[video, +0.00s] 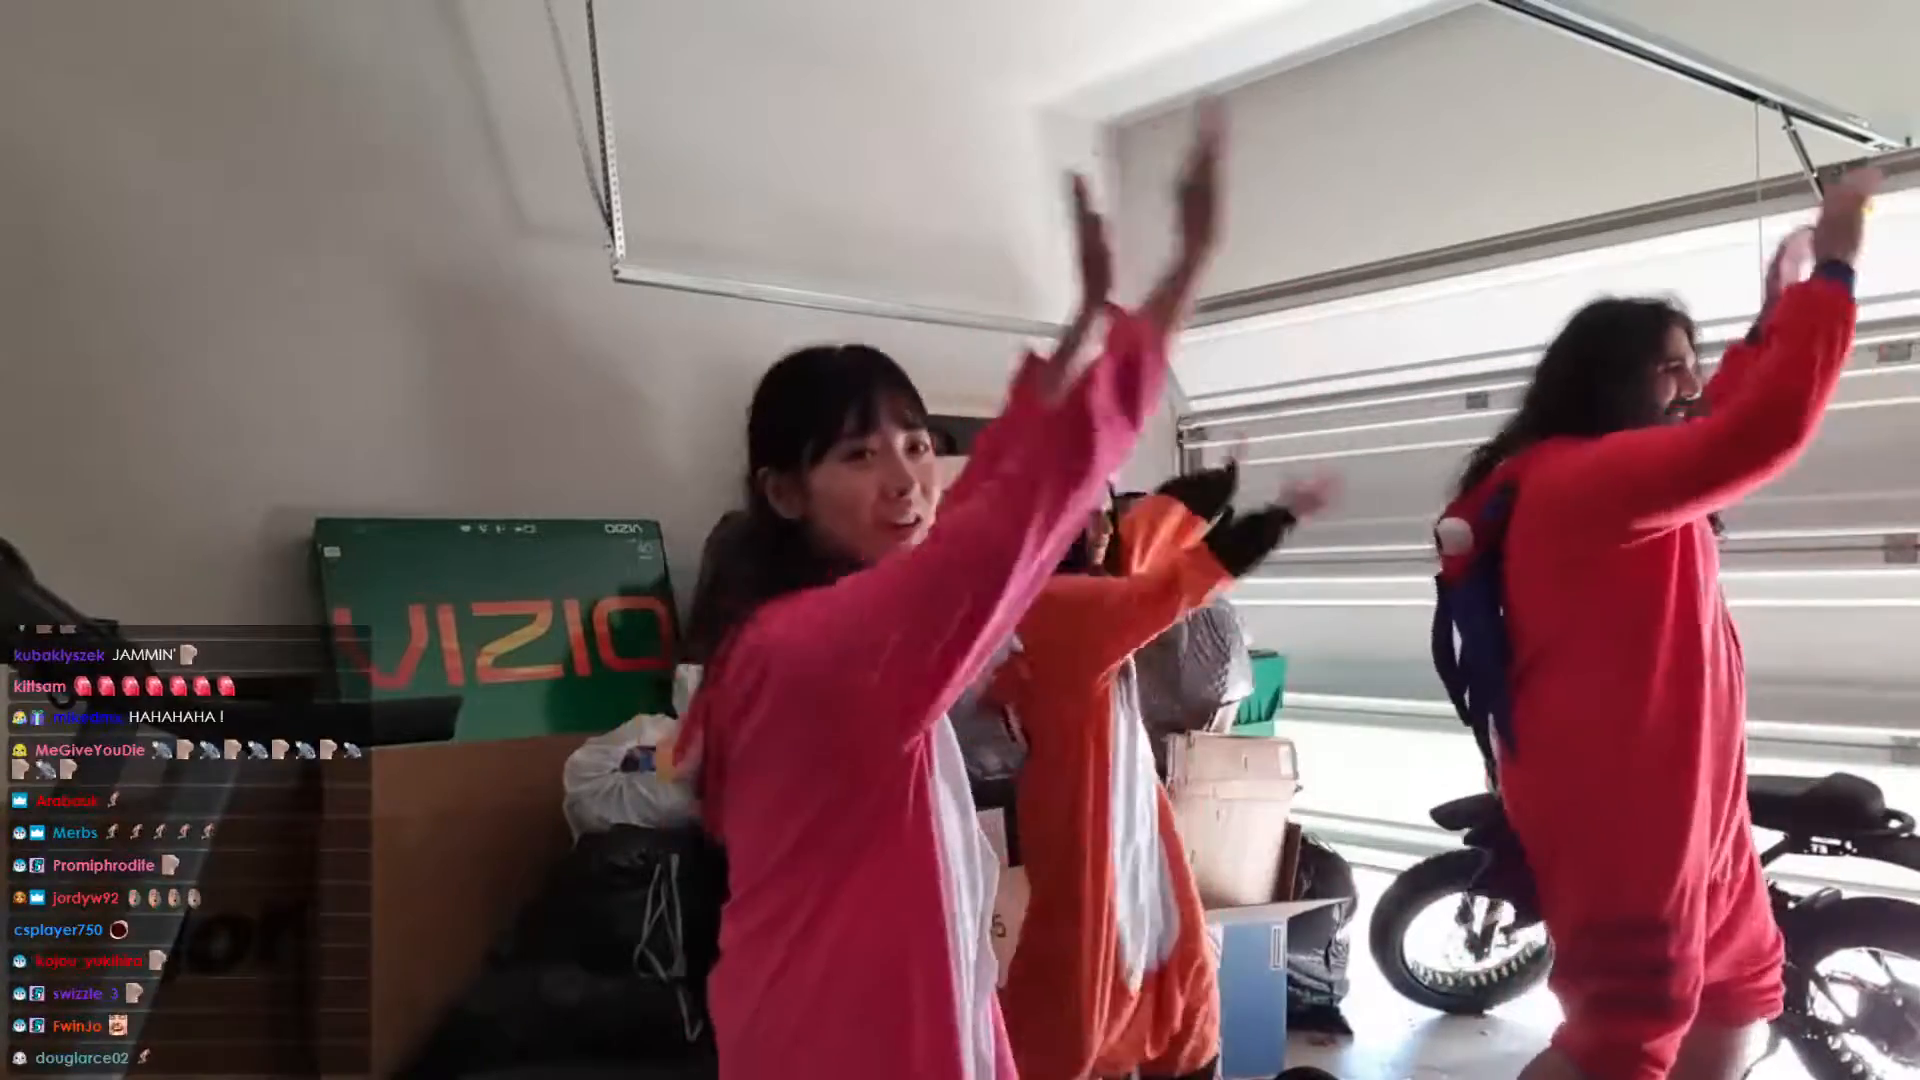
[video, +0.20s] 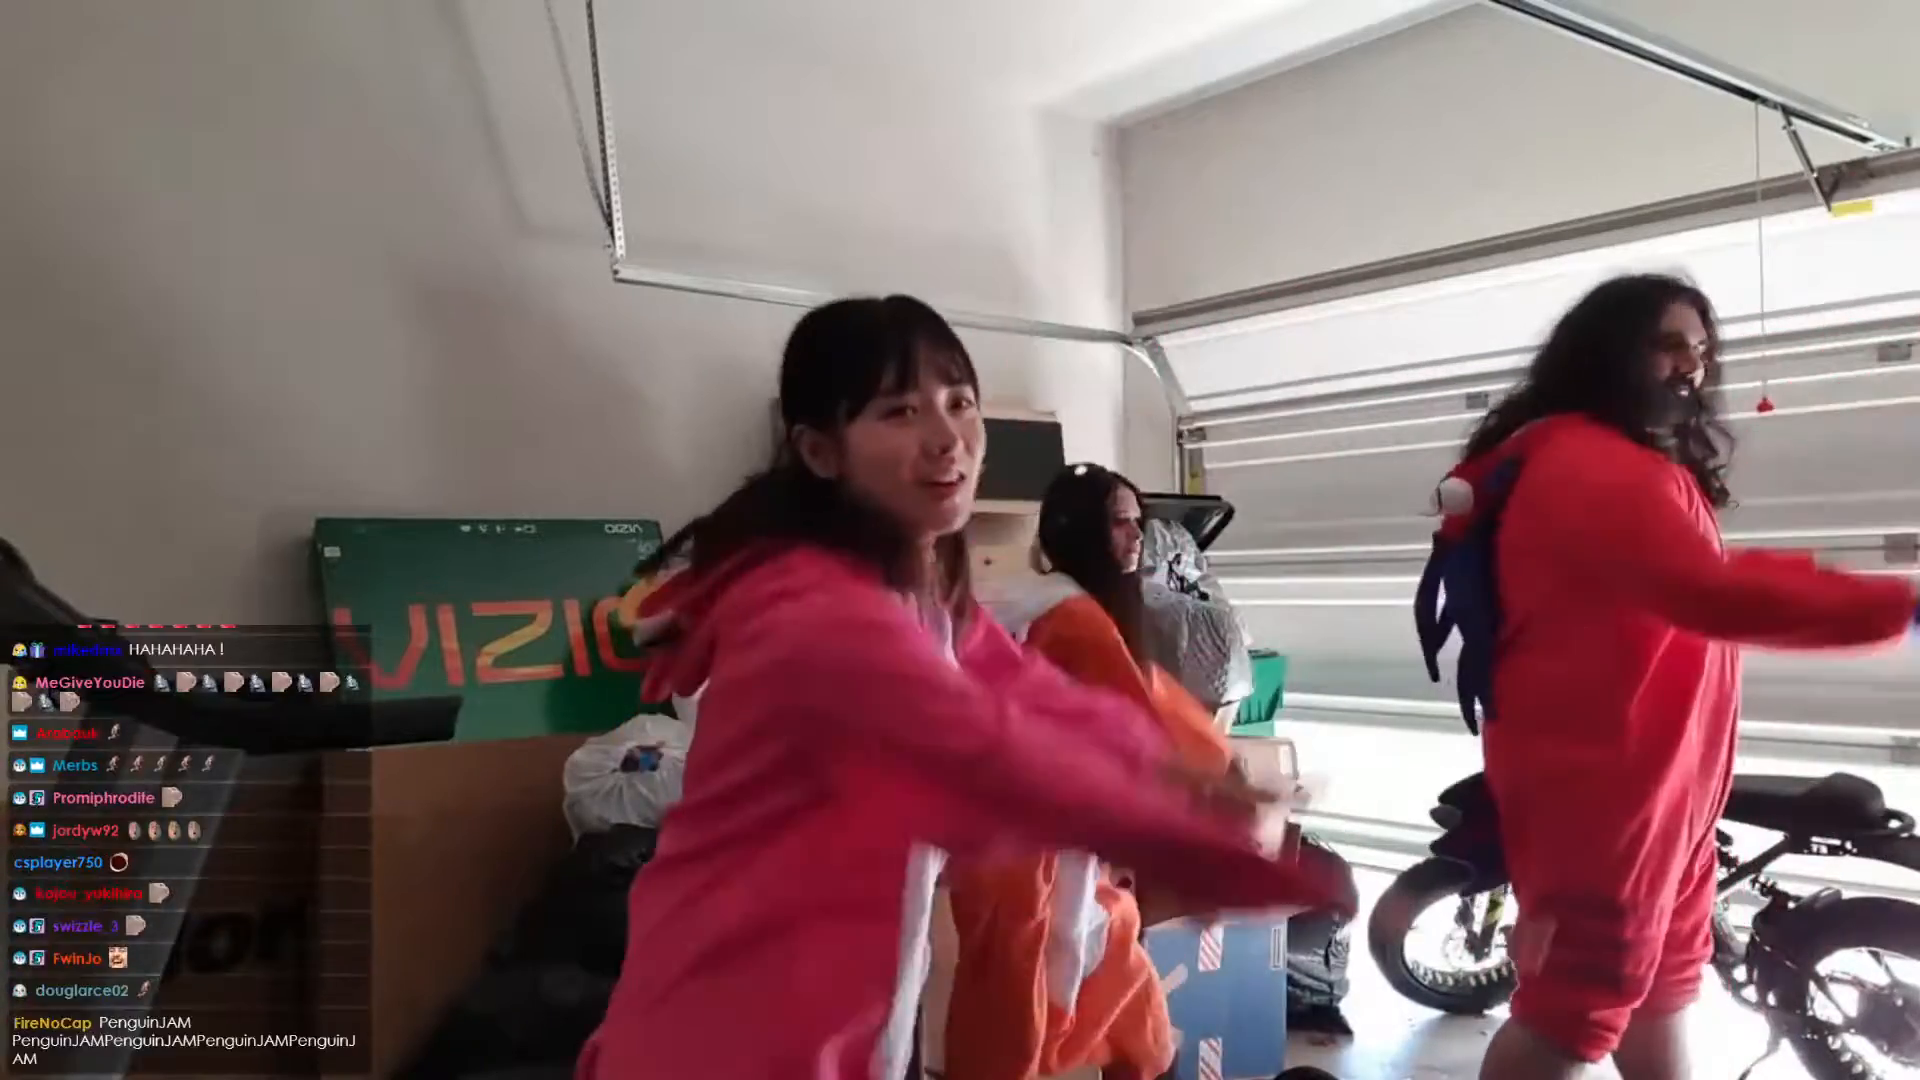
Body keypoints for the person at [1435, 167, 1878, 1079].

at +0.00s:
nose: (1694, 386)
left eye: (1693, 370)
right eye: (1674, 368)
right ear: (1613, 378)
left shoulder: (1637, 472)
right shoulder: (1572, 480)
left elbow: (1719, 429)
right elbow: (1759, 436)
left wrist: (1775, 319)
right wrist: (1837, 265)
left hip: (1693, 797)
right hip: (1617, 812)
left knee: (1736, 996)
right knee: (1629, 1030)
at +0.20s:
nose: (1690, 370)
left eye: (1701, 355)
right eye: (1668, 348)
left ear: (1710, 369)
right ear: (1609, 354)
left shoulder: (1651, 465)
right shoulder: (1580, 464)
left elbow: (1709, 576)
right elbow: (1704, 588)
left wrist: (1800, 575)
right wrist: (1900, 601)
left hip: (1666, 786)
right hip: (1593, 794)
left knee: (1663, 992)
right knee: (1571, 1013)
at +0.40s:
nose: (1698, 365)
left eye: (1709, 349)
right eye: (1672, 345)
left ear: (1719, 363)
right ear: (1620, 354)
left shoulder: (1651, 466)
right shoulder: (1595, 467)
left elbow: (1685, 641)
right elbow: (1617, 646)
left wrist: (1721, 772)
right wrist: (1701, 788)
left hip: (1645, 772)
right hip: (1583, 773)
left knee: (1643, 992)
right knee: (1558, 1006)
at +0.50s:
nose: (1651, 364)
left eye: (1662, 348)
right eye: (1627, 346)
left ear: (1678, 362)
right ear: (1577, 359)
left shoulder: (1635, 469)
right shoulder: (1562, 469)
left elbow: (1717, 573)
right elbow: (1695, 603)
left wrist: (1834, 632)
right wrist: (1864, 691)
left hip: (1664, 791)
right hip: (1584, 798)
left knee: (1657, 998)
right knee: (1562, 1016)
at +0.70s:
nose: (1636, 394)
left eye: (1648, 378)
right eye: (1609, 375)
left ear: (1663, 392)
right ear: (1557, 391)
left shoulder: (1625, 481)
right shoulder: (1543, 488)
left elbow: (1704, 460)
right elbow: (1735, 468)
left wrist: (1795, 375)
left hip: (1677, 791)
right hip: (1592, 807)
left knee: (1731, 992)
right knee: (1621, 1034)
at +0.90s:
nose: (1634, 370)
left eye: (1645, 351)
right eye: (1605, 353)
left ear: (1663, 367)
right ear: (1554, 373)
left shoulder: (1625, 469)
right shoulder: (1545, 474)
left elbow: (1728, 482)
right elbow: (1743, 499)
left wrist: (1825, 390)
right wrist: (1877, 367)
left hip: (1676, 791)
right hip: (1599, 805)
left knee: (1708, 988)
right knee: (1612, 1025)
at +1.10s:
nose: (1654, 359)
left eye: (1667, 341)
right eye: (1626, 342)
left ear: (1685, 361)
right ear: (1580, 363)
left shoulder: (1648, 474)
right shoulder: (1580, 477)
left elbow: (1681, 655)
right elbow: (1639, 654)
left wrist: (1758, 769)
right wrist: (1764, 777)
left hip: (1661, 794)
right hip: (1591, 800)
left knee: (1647, 1007)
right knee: (1556, 1023)